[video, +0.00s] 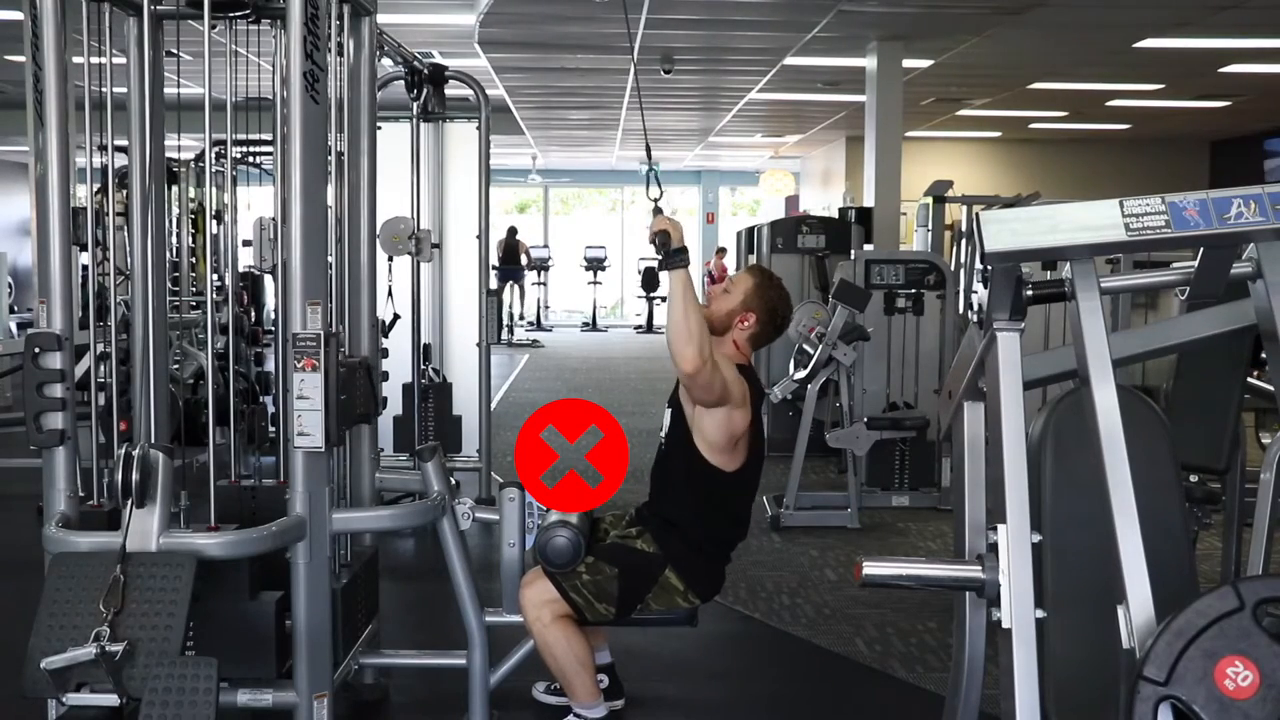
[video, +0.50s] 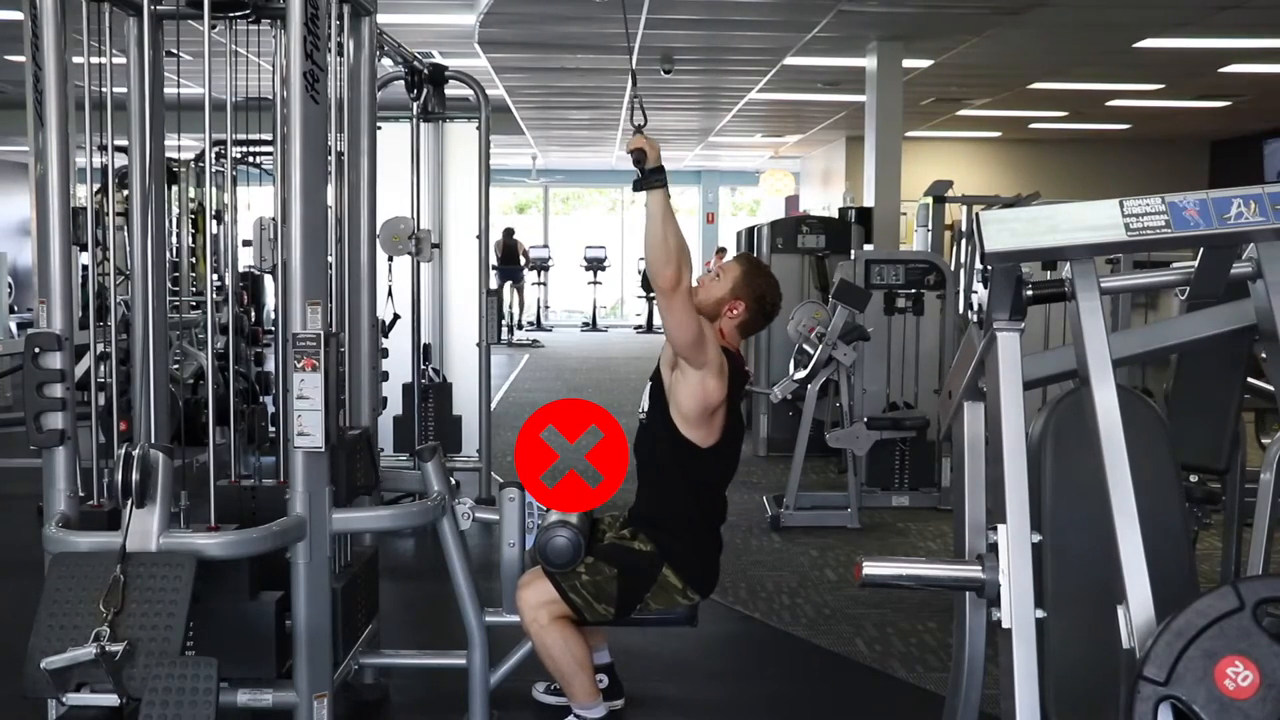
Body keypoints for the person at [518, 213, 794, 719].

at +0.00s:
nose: (711, 287)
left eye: (725, 287)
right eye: (721, 281)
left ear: (743, 322)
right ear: (744, 324)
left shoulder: (726, 383)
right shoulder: (722, 362)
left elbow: (691, 363)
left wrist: (676, 257)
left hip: (681, 562)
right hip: (658, 527)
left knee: (538, 595)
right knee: (558, 540)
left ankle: (589, 710)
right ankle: (598, 672)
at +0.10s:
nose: (709, 286)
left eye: (723, 285)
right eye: (719, 280)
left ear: (741, 318)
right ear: (741, 322)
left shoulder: (721, 379)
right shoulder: (717, 361)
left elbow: (685, 342)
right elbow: (689, 329)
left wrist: (669, 236)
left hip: (680, 560)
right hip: (659, 528)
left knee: (538, 596)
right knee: (557, 544)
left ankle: (589, 710)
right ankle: (596, 672)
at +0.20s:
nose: (707, 286)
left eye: (719, 283)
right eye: (715, 279)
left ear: (738, 317)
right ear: (740, 321)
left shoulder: (714, 373)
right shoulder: (720, 360)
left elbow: (680, 323)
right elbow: (685, 317)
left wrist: (664, 220)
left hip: (677, 560)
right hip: (660, 532)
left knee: (536, 596)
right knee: (552, 550)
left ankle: (589, 710)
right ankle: (595, 672)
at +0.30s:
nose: (704, 281)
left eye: (717, 278)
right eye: (713, 274)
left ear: (736, 316)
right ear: (736, 319)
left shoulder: (710, 373)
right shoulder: (713, 361)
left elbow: (674, 306)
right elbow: (676, 302)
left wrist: (657, 202)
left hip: (676, 562)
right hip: (662, 535)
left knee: (536, 595)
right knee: (555, 544)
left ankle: (589, 709)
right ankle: (593, 671)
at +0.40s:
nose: (703, 275)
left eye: (717, 275)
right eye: (714, 269)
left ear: (733, 314)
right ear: (733, 317)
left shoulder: (707, 367)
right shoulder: (707, 356)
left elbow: (670, 290)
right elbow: (673, 287)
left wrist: (653, 186)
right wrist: (656, 200)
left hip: (675, 560)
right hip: (660, 535)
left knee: (535, 596)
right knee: (553, 546)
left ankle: (589, 710)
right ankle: (593, 671)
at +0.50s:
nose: (701, 273)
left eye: (716, 273)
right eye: (714, 265)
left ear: (731, 310)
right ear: (732, 313)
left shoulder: (702, 359)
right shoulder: (708, 349)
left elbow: (668, 278)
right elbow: (671, 276)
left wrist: (652, 172)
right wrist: (655, 185)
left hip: (674, 558)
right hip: (664, 536)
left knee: (535, 596)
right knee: (552, 547)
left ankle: (589, 710)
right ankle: (593, 671)